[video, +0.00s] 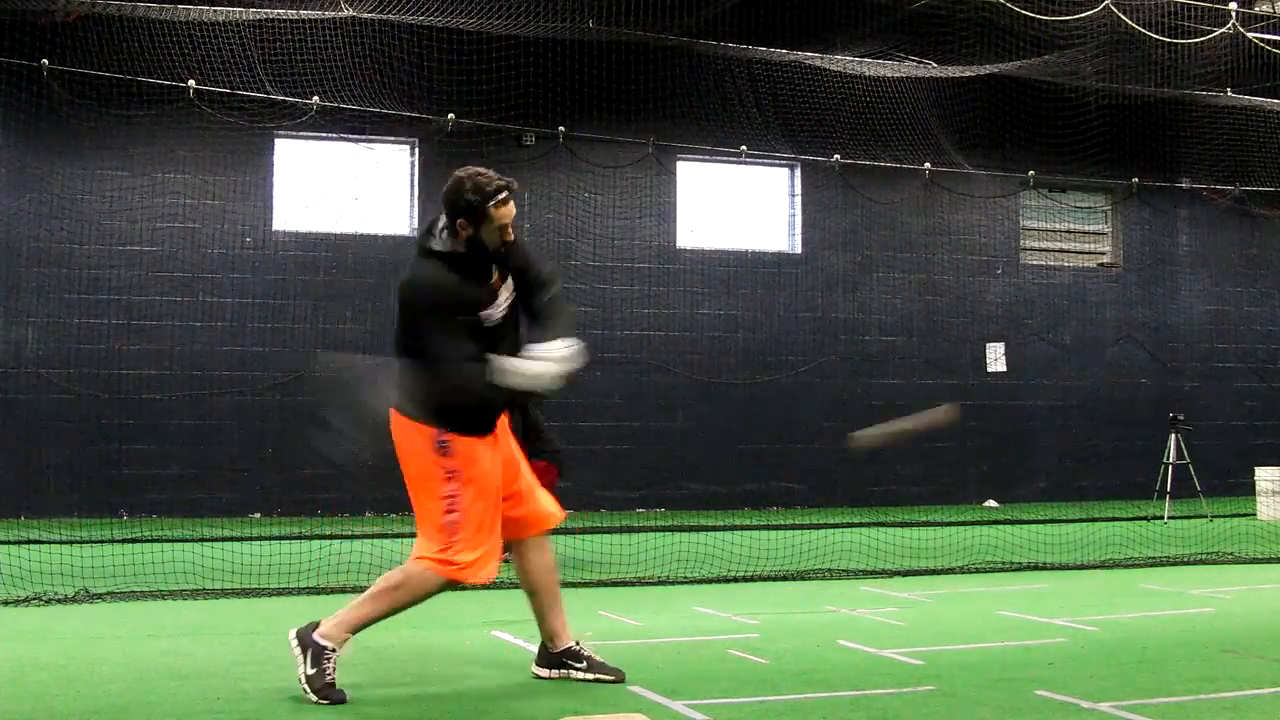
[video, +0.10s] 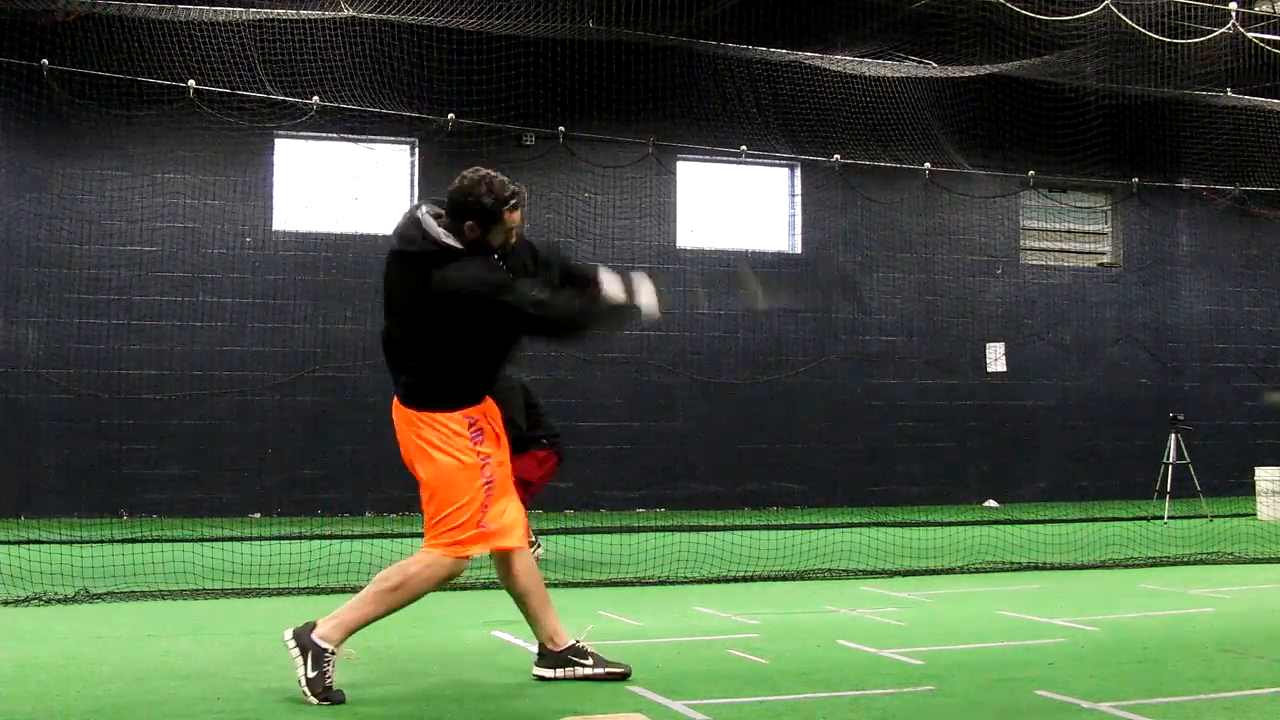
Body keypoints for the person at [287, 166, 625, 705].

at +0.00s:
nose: (512, 232)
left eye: (512, 222)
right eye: (503, 225)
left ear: (497, 218)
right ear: (468, 226)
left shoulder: (499, 249)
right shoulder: (430, 282)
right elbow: (453, 374)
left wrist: (552, 346)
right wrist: (519, 374)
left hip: (484, 420)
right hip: (434, 427)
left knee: (530, 523)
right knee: (450, 557)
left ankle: (558, 648)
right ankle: (324, 637)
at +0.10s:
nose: (520, 229)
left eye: (519, 221)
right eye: (513, 223)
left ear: (466, 217)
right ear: (484, 226)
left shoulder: (447, 232)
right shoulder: (454, 273)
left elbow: (536, 260)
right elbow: (541, 311)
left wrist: (601, 279)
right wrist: (613, 301)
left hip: (471, 408)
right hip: (437, 419)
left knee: (510, 532)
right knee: (450, 554)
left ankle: (555, 647)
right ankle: (321, 637)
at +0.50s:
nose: (546, 189)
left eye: (546, 180)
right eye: (544, 182)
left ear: (483, 186)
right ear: (523, 189)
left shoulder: (427, 233)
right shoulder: (536, 238)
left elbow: (378, 289)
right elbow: (486, 234)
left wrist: (410, 219)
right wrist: (436, 202)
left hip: (449, 414)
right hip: (458, 420)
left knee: (522, 523)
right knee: (448, 563)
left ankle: (563, 648)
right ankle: (306, 639)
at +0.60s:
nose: (546, 190)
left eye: (545, 181)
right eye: (543, 182)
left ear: (486, 185)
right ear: (521, 190)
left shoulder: (433, 227)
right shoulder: (536, 249)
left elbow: (387, 270)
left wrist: (450, 283)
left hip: (454, 415)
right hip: (455, 421)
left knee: (526, 523)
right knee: (448, 562)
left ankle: (563, 649)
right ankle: (304, 640)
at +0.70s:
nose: (544, 194)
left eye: (545, 184)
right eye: (542, 185)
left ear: (483, 185)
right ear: (517, 190)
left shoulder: (429, 230)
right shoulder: (527, 253)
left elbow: (407, 262)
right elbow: (545, 271)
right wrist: (527, 216)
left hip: (476, 418)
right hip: (450, 421)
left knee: (531, 523)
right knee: (443, 560)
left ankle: (564, 650)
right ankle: (304, 640)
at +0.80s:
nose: (547, 191)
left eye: (547, 181)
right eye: (543, 182)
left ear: (490, 182)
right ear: (517, 186)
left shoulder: (441, 221)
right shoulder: (520, 251)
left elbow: (484, 278)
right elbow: (561, 286)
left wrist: (542, 248)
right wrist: (574, 251)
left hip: (483, 417)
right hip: (450, 419)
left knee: (536, 523)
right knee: (440, 558)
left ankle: (564, 649)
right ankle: (305, 638)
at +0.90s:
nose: (554, 190)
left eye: (554, 178)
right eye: (549, 180)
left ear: (501, 182)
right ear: (518, 185)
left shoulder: (455, 217)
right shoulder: (523, 254)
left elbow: (505, 275)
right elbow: (571, 311)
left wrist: (573, 275)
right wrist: (609, 288)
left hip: (487, 412)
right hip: (455, 418)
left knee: (541, 520)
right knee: (441, 556)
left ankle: (565, 649)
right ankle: (305, 637)